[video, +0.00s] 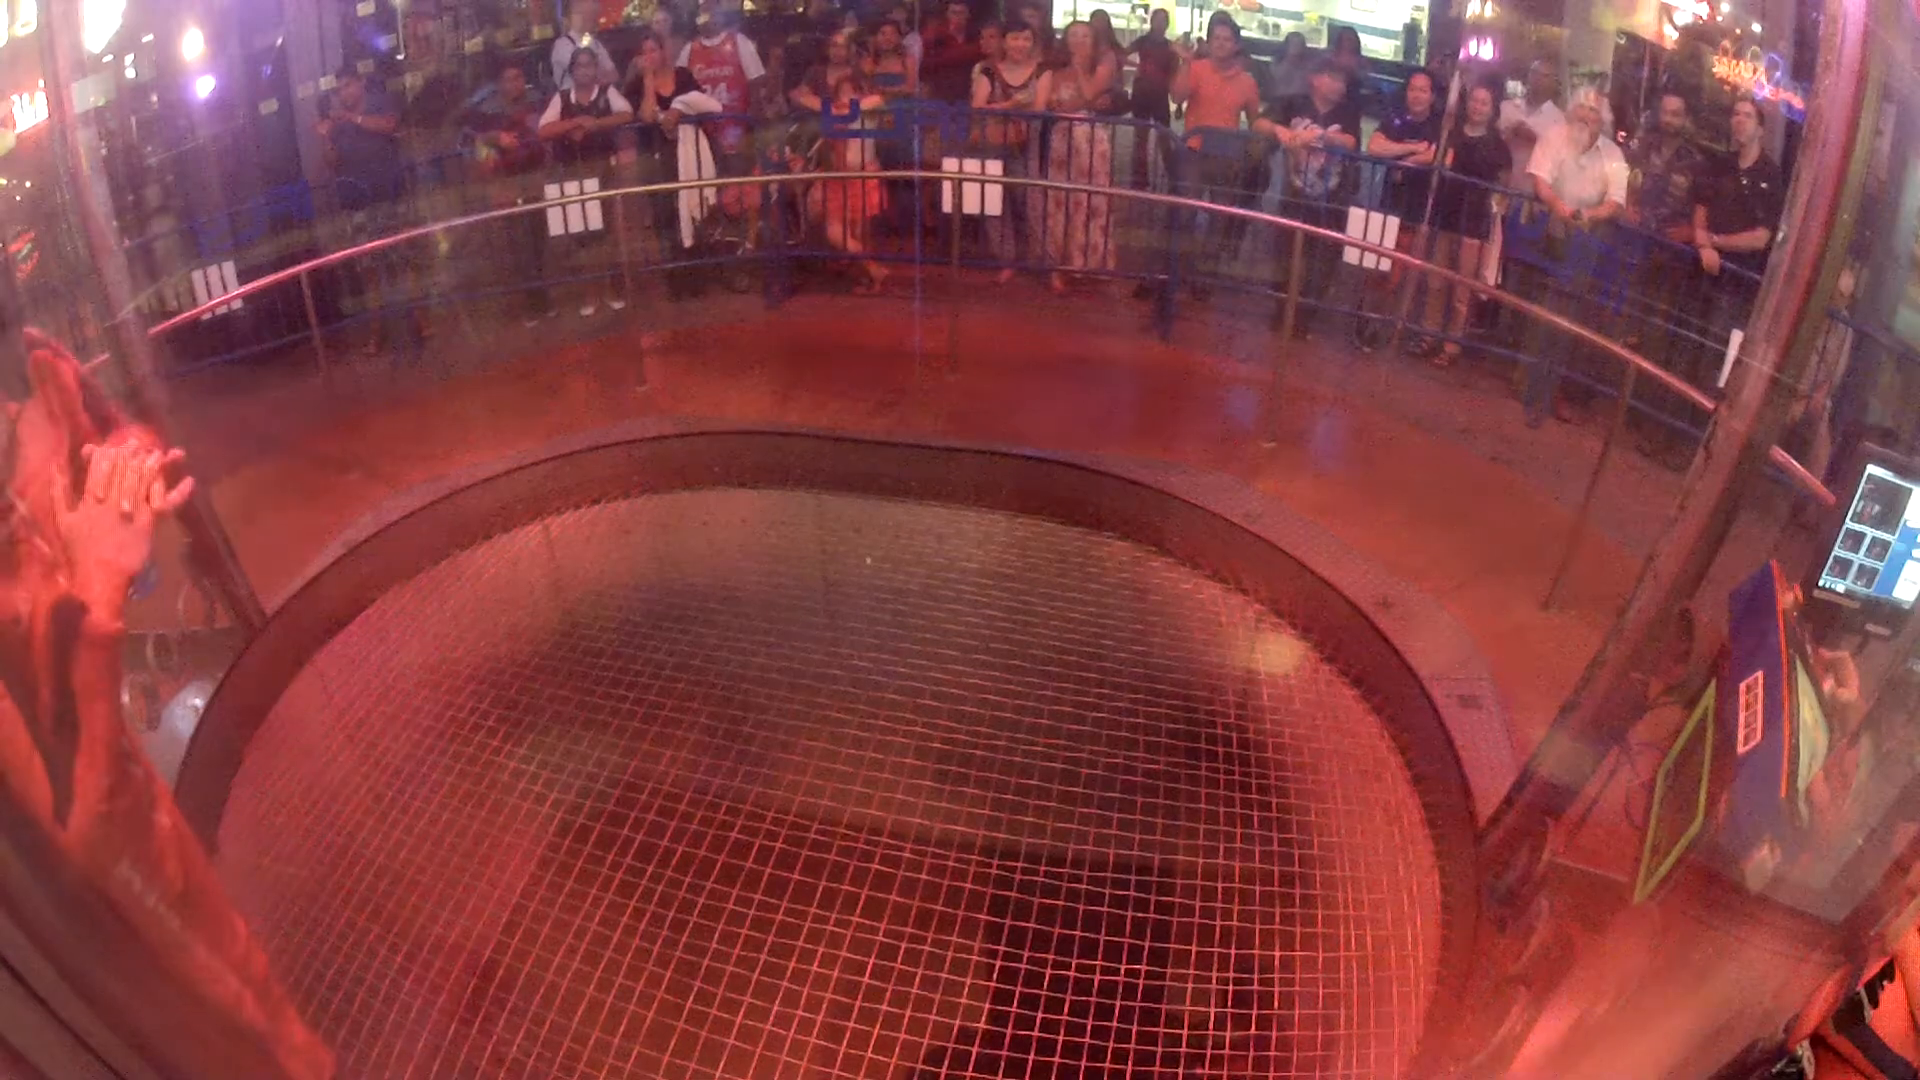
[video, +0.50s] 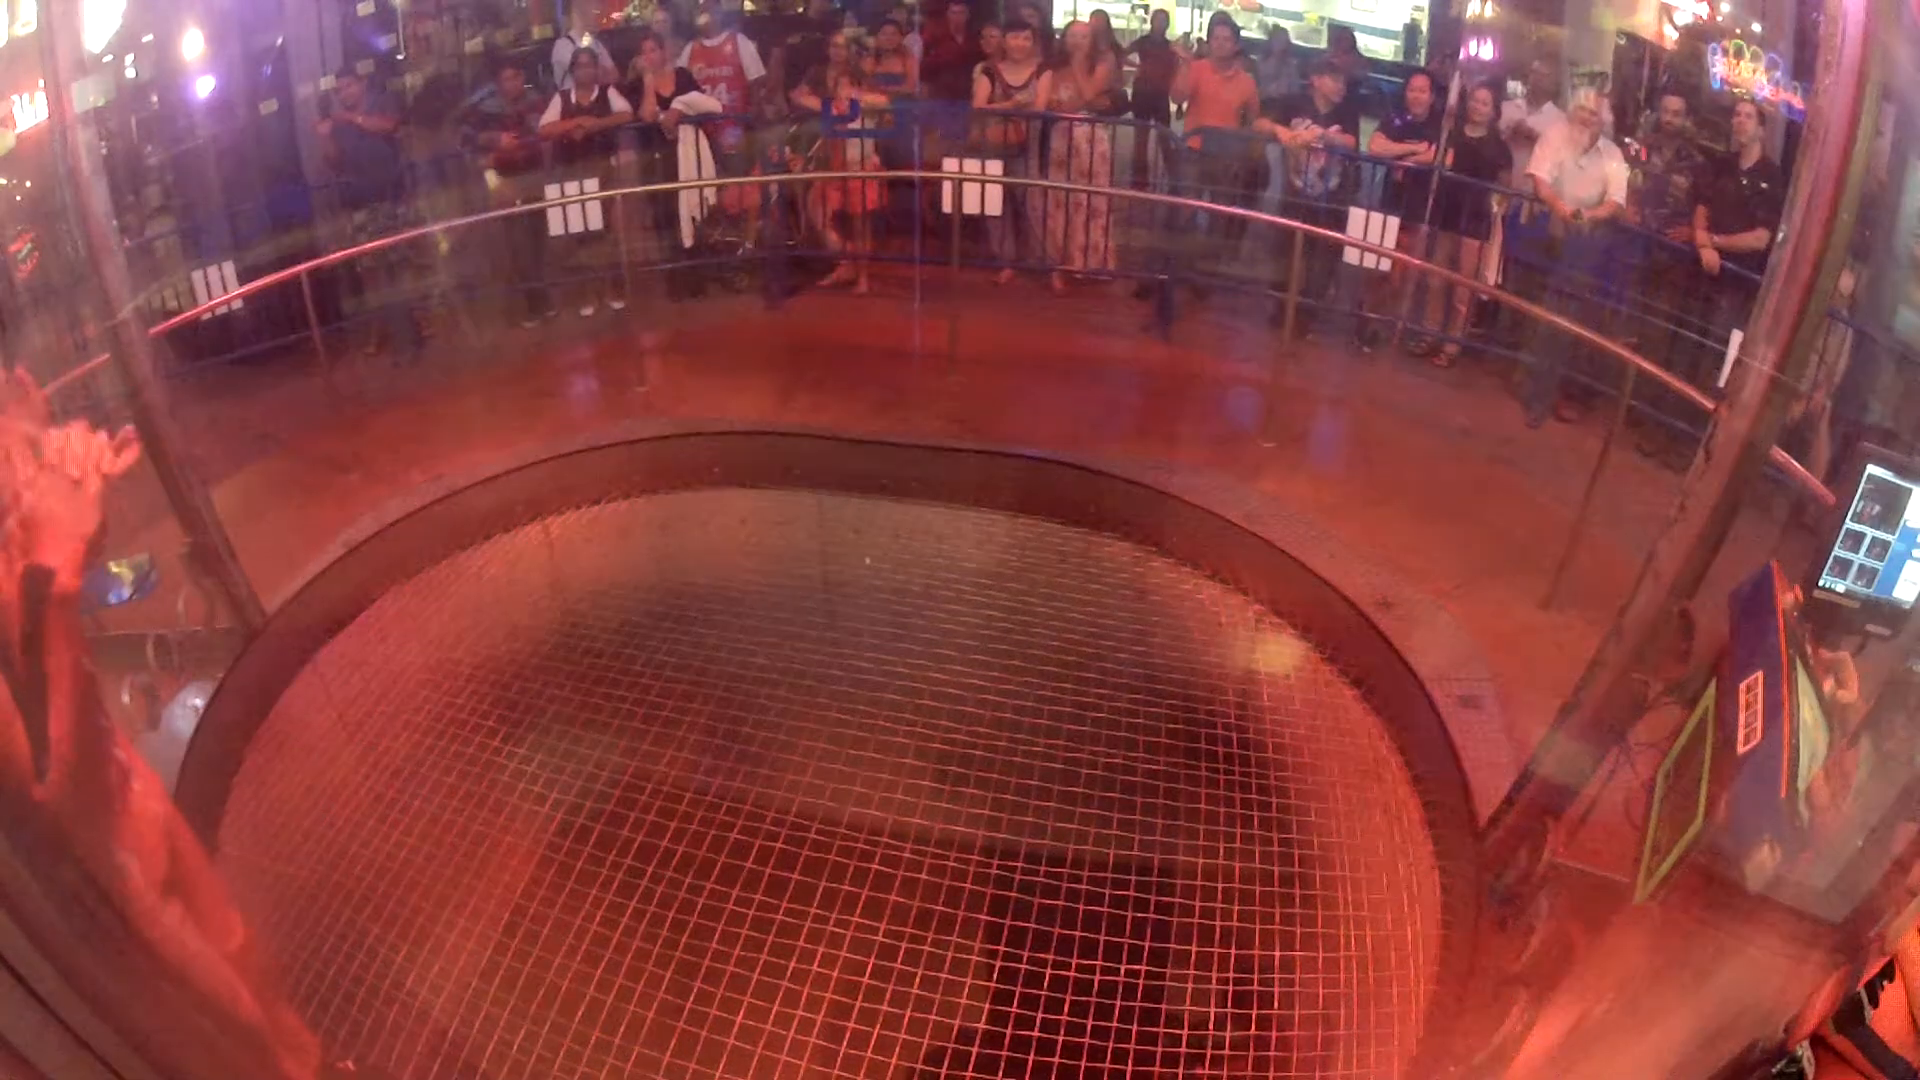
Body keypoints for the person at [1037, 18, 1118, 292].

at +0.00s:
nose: (1079, 42)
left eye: (1085, 37)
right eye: (1074, 37)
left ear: (1094, 41)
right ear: (1066, 42)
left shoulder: (1104, 64)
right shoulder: (1055, 73)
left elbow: (1090, 94)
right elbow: (1041, 108)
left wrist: (1081, 65)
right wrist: (1068, 107)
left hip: (1089, 138)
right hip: (1060, 137)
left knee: (1087, 201)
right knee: (1059, 200)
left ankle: (1085, 265)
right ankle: (1058, 264)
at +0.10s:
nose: (1079, 42)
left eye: (1085, 37)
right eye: (1074, 37)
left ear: (1094, 41)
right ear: (1065, 42)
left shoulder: (1103, 65)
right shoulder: (1055, 73)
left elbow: (1091, 95)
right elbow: (1040, 107)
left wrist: (1081, 66)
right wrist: (1065, 108)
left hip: (1089, 138)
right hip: (1060, 137)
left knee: (1087, 201)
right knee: (1059, 200)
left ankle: (1086, 265)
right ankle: (1058, 265)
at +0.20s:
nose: (1079, 41)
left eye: (1085, 36)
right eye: (1074, 36)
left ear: (1094, 41)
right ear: (1065, 41)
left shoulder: (1104, 64)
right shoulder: (1055, 73)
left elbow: (1090, 94)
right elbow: (1040, 108)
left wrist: (1081, 64)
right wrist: (1069, 107)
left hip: (1089, 138)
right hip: (1060, 137)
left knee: (1087, 201)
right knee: (1059, 200)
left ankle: (1086, 265)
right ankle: (1058, 265)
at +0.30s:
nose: (1079, 41)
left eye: (1085, 37)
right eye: (1074, 36)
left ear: (1094, 41)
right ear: (1065, 41)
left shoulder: (1103, 66)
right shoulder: (1055, 73)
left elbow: (1090, 94)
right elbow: (1042, 108)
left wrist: (1080, 65)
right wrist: (1071, 106)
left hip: (1089, 138)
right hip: (1060, 137)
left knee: (1087, 201)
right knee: (1059, 200)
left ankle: (1086, 265)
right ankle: (1058, 264)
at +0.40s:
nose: (1080, 41)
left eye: (1086, 37)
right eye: (1074, 37)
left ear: (1094, 39)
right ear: (1065, 40)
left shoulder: (1103, 63)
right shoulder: (1056, 69)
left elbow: (1089, 94)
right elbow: (1042, 106)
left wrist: (1079, 61)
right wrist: (1068, 106)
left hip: (1088, 136)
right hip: (1060, 135)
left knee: (1086, 200)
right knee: (1059, 199)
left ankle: (1083, 263)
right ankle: (1058, 263)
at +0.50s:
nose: (1078, 41)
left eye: (1084, 37)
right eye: (1073, 36)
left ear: (1092, 40)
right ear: (1064, 41)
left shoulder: (1103, 63)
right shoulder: (1055, 71)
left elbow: (1089, 94)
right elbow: (1041, 106)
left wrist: (1079, 62)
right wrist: (1066, 107)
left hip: (1088, 136)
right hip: (1060, 136)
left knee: (1086, 200)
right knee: (1058, 199)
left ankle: (1083, 263)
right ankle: (1058, 263)